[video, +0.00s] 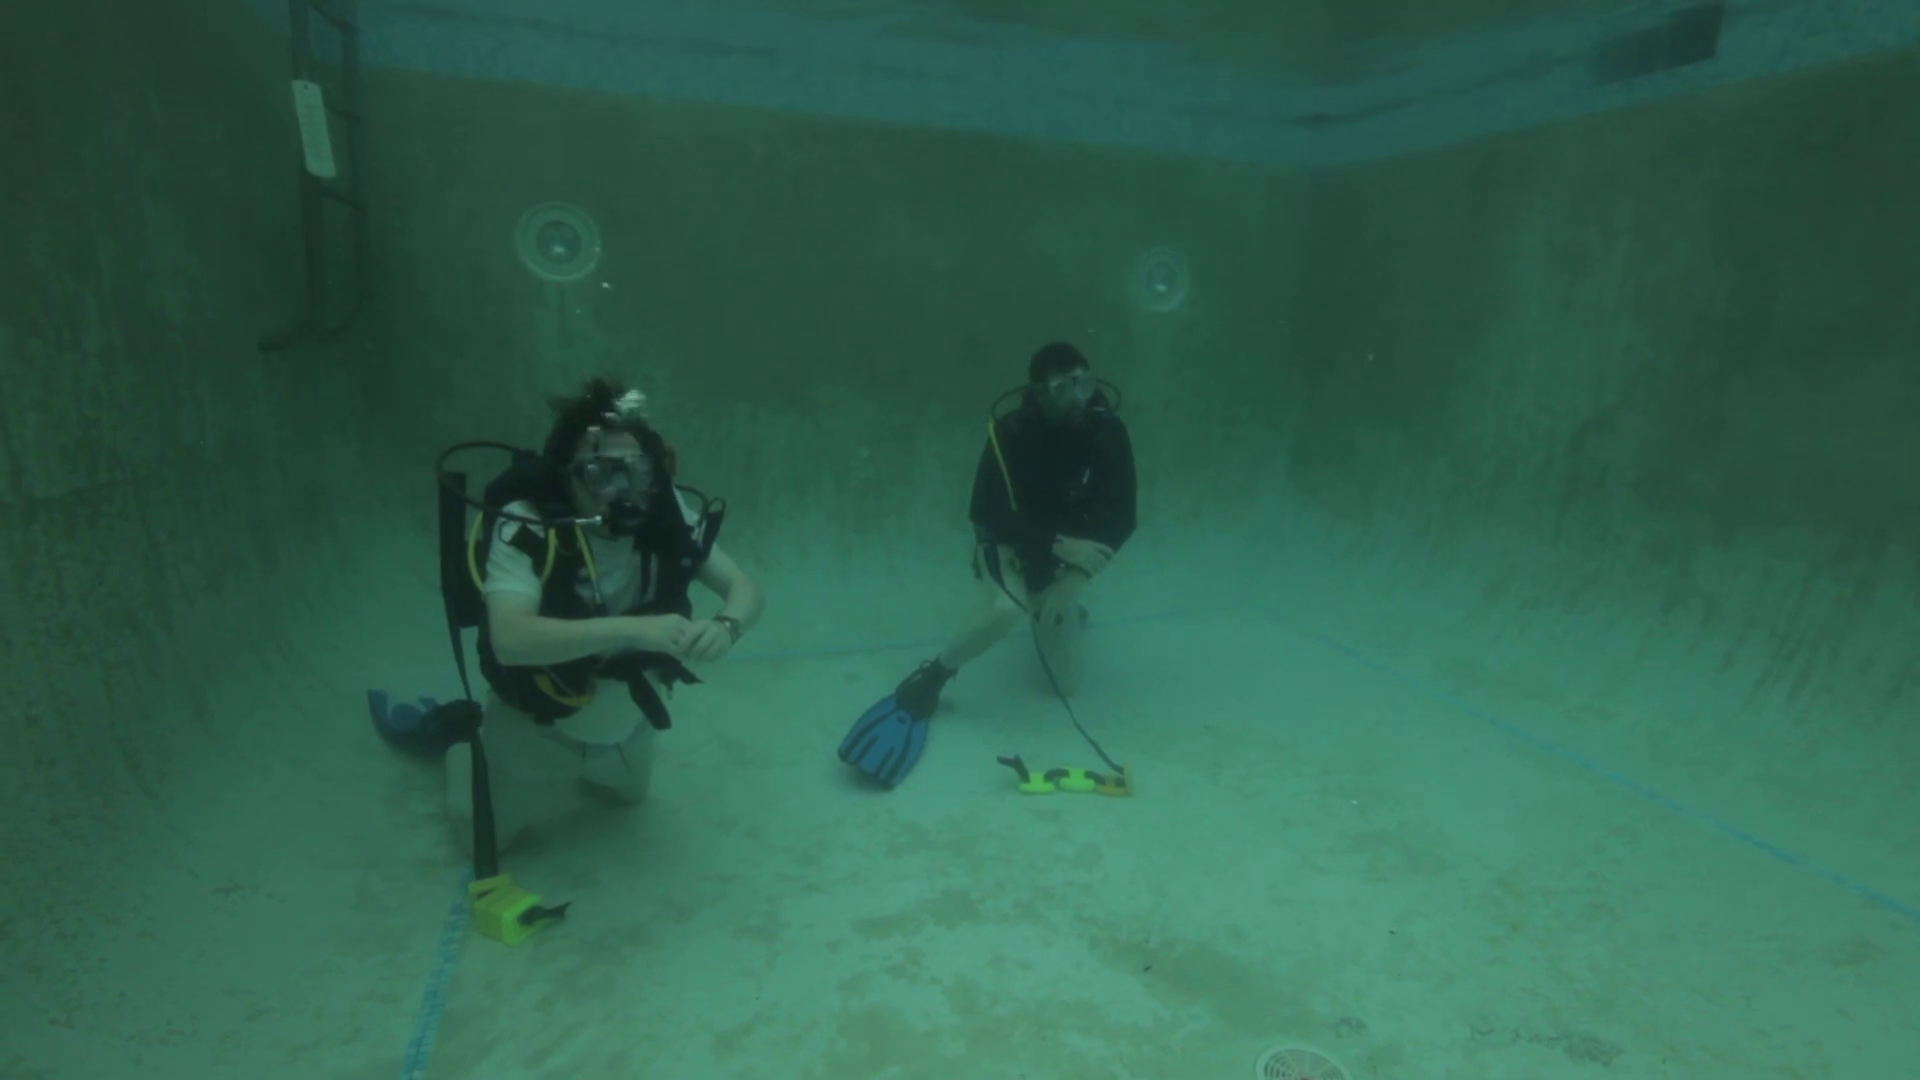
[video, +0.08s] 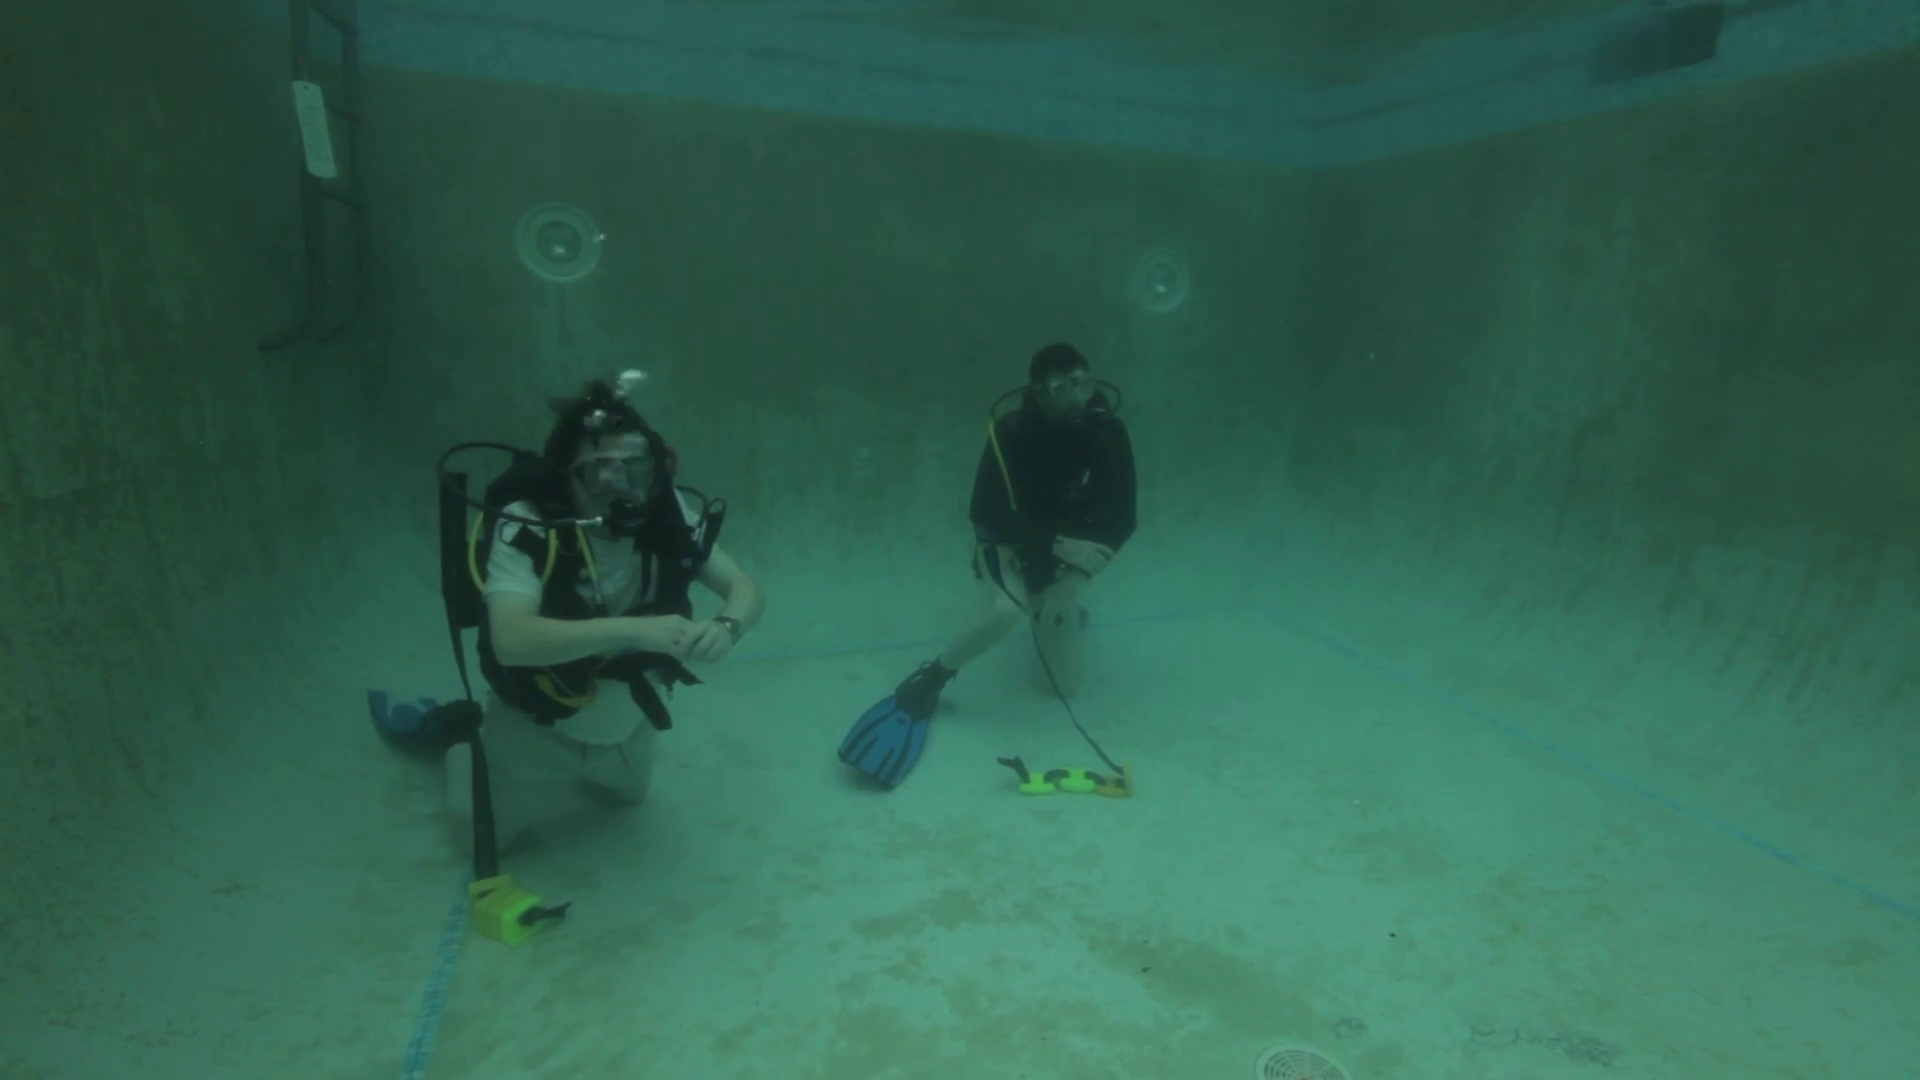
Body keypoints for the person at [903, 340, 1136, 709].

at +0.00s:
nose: (1075, 396)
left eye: (1082, 383)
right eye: (1062, 387)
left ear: (1092, 384)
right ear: (1038, 392)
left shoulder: (1106, 431)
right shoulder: (1012, 430)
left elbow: (1121, 519)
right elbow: (986, 512)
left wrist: (1071, 584)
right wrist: (1055, 542)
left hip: (1073, 550)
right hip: (1011, 542)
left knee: (1066, 682)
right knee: (1007, 610)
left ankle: (1068, 614)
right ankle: (933, 675)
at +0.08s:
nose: (1075, 397)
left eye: (1081, 384)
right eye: (1062, 387)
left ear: (1091, 384)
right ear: (1038, 392)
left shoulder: (1107, 431)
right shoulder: (1012, 431)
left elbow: (1121, 519)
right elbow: (986, 512)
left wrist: (1071, 585)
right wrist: (1056, 543)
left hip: (1072, 550)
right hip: (1010, 542)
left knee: (1066, 682)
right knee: (1007, 610)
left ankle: (1068, 614)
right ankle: (932, 677)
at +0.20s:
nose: (1073, 396)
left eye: (1080, 383)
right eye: (1060, 387)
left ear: (1091, 383)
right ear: (1038, 392)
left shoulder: (1107, 431)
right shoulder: (1012, 430)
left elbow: (1121, 517)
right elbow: (986, 511)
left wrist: (1074, 580)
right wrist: (1057, 542)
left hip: (1075, 548)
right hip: (1012, 542)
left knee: (1066, 682)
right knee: (1007, 610)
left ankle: (1068, 614)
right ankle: (932, 675)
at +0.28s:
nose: (1073, 397)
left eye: (1080, 384)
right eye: (1060, 387)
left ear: (1091, 385)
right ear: (1037, 391)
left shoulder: (1107, 431)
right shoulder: (1013, 430)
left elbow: (1122, 517)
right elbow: (986, 512)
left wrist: (1072, 580)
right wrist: (1058, 543)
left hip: (1073, 552)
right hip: (1012, 544)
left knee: (1067, 683)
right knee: (1007, 610)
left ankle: (1069, 614)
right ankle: (933, 676)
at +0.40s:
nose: (1074, 396)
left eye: (1080, 384)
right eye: (1061, 387)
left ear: (1090, 383)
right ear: (1038, 392)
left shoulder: (1106, 432)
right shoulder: (1012, 431)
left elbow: (1121, 518)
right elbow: (986, 511)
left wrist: (1074, 578)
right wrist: (1055, 543)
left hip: (1073, 552)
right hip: (1011, 544)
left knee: (1067, 683)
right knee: (1006, 611)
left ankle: (1067, 613)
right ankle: (932, 676)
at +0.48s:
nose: (1077, 396)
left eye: (1082, 383)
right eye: (1063, 387)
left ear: (1092, 383)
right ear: (1039, 392)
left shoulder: (1107, 431)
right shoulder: (1012, 431)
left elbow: (1122, 516)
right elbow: (986, 511)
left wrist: (1075, 578)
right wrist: (1056, 543)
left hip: (1072, 550)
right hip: (1010, 543)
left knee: (1067, 683)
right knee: (1008, 609)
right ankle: (933, 675)